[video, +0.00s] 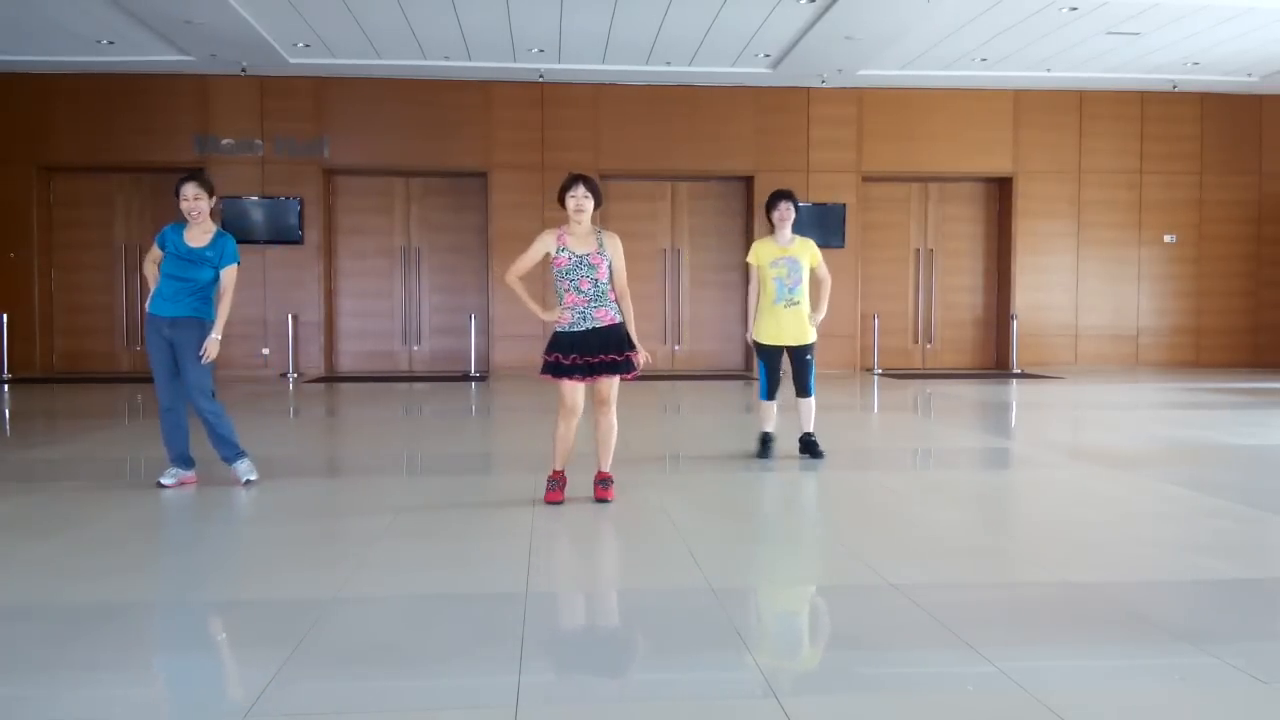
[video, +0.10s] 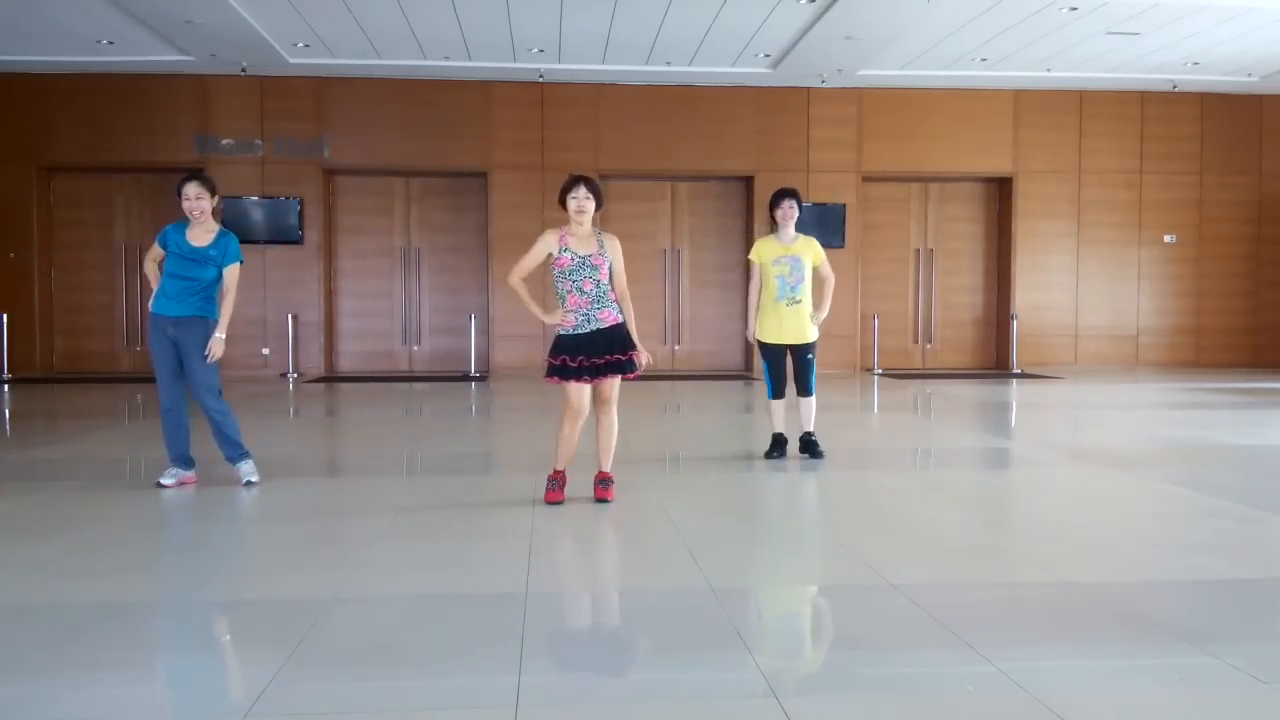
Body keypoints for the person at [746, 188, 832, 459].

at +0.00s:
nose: (783, 213)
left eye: (788, 208)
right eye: (778, 208)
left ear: (795, 213)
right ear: (770, 214)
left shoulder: (807, 246)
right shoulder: (759, 248)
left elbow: (825, 278)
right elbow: (753, 288)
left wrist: (820, 313)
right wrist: (751, 325)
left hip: (800, 327)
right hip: (767, 327)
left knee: (806, 387)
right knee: (768, 387)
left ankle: (808, 437)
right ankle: (766, 437)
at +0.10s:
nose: (787, 211)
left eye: (792, 207)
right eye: (781, 207)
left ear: (798, 212)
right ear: (773, 212)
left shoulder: (810, 245)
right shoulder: (761, 247)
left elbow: (828, 277)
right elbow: (754, 286)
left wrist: (822, 311)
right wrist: (751, 323)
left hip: (802, 326)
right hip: (769, 326)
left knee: (806, 386)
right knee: (776, 387)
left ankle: (808, 437)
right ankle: (778, 438)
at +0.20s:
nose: (789, 213)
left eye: (794, 209)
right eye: (784, 209)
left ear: (801, 214)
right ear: (776, 214)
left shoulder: (813, 247)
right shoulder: (764, 249)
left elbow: (831, 280)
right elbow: (754, 288)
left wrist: (825, 313)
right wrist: (750, 323)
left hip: (805, 327)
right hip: (771, 328)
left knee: (806, 387)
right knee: (777, 387)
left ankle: (807, 438)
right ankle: (778, 439)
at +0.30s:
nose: (792, 213)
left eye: (797, 209)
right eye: (786, 209)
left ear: (804, 215)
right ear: (779, 215)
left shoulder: (816, 247)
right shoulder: (767, 249)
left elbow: (833, 280)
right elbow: (758, 286)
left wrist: (828, 313)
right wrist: (750, 322)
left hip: (808, 329)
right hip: (774, 329)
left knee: (808, 388)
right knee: (778, 388)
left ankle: (808, 438)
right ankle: (778, 439)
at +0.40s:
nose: (794, 214)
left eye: (799, 209)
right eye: (789, 209)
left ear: (806, 215)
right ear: (780, 214)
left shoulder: (817, 247)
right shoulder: (769, 249)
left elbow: (837, 277)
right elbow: (760, 287)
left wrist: (833, 311)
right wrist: (752, 323)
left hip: (811, 329)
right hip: (778, 329)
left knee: (810, 388)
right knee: (778, 389)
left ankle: (808, 439)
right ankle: (778, 439)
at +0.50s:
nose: (794, 214)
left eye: (799, 209)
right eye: (789, 209)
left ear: (806, 214)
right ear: (781, 214)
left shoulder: (818, 246)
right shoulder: (769, 249)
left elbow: (839, 275)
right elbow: (761, 288)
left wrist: (835, 309)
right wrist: (756, 324)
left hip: (812, 328)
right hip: (779, 328)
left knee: (810, 388)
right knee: (775, 388)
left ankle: (808, 438)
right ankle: (771, 437)